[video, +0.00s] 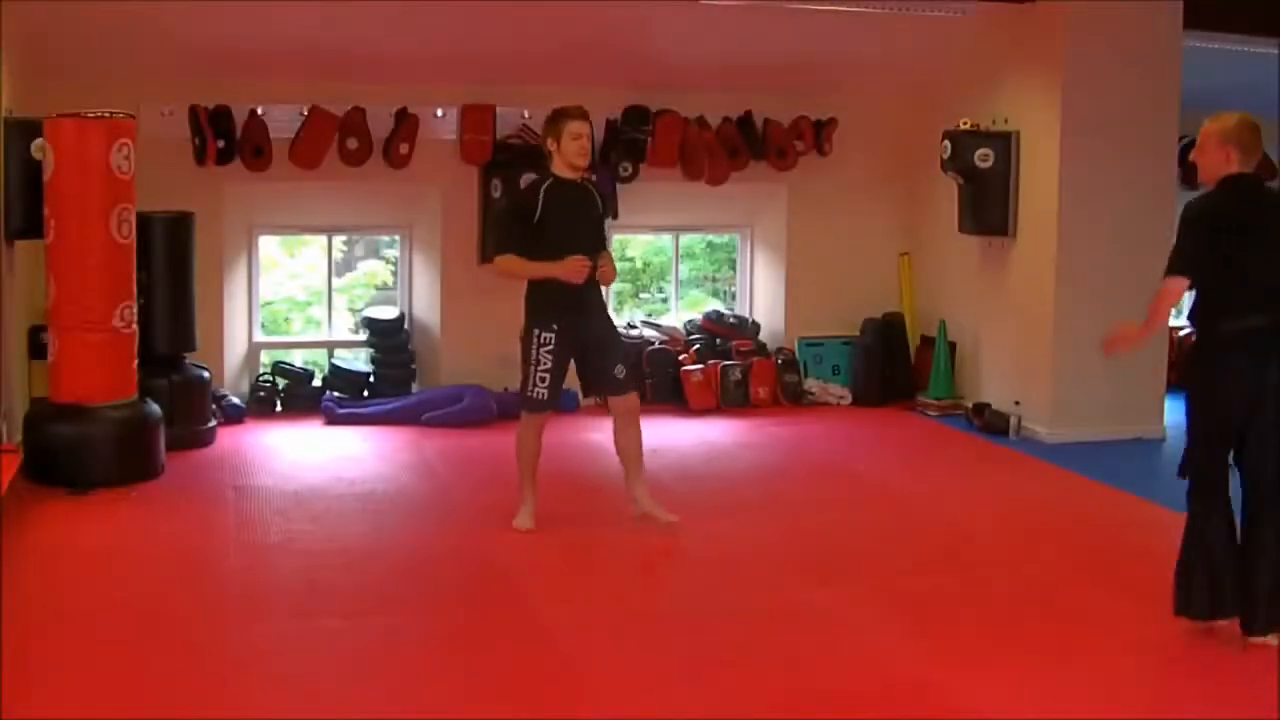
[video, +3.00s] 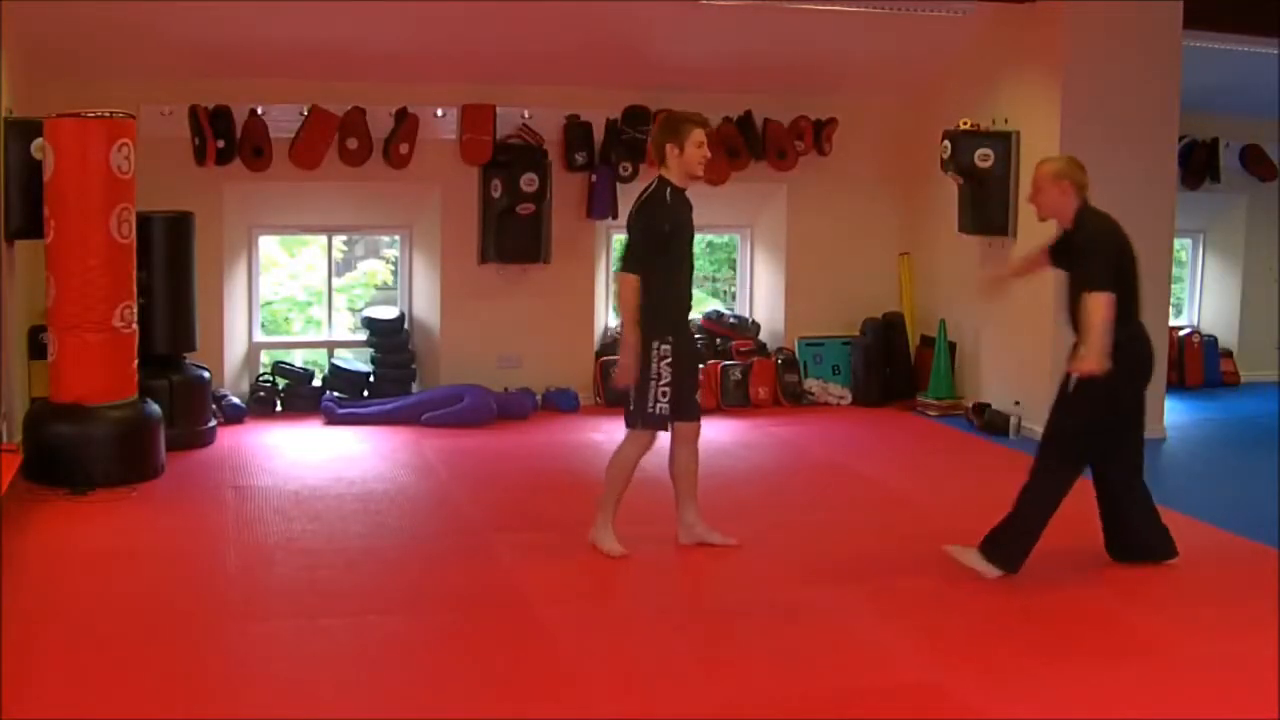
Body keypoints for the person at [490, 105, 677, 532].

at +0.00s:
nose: (585, 146)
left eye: (588, 139)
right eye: (576, 138)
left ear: (590, 144)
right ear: (552, 143)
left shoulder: (592, 194)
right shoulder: (529, 193)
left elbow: (599, 250)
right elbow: (503, 260)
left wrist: (606, 267)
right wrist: (557, 269)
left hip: (592, 311)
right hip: (548, 315)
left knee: (626, 401)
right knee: (536, 410)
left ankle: (639, 496)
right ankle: (527, 501)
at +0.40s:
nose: (649, 150)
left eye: (651, 143)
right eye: (641, 142)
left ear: (649, 149)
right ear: (615, 147)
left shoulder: (649, 200)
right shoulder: (591, 197)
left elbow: (658, 262)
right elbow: (561, 267)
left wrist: (676, 314)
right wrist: (595, 315)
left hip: (638, 321)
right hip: (596, 321)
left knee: (643, 419)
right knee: (580, 421)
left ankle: (644, 510)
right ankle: (537, 489)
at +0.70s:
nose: (677, 150)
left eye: (677, 143)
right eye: (668, 143)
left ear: (664, 150)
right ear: (640, 148)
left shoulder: (665, 200)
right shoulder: (618, 195)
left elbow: (650, 266)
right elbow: (576, 260)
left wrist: (660, 324)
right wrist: (574, 333)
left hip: (651, 322)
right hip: (618, 322)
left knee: (649, 424)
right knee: (617, 429)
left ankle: (646, 513)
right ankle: (598, 529)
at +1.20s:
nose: (734, 204)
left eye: (736, 195)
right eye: (731, 194)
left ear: (704, 188)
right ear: (706, 188)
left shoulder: (671, 221)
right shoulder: (654, 221)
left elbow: (624, 287)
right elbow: (599, 284)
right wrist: (595, 350)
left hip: (618, 330)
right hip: (603, 331)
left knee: (628, 430)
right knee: (617, 432)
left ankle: (623, 533)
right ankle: (614, 543)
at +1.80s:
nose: (717, 163)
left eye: (717, 154)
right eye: (711, 153)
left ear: (686, 155)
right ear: (683, 153)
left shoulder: (669, 201)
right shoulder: (650, 201)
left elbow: (646, 278)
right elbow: (612, 278)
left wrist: (658, 331)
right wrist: (636, 342)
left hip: (649, 331)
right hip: (629, 333)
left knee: (657, 433)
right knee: (635, 436)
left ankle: (627, 529)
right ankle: (616, 542)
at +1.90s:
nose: (708, 163)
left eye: (709, 154)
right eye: (702, 152)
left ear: (674, 154)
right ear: (673, 151)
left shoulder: (662, 199)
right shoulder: (650, 201)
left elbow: (650, 285)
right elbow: (646, 289)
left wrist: (690, 320)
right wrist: (699, 321)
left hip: (649, 327)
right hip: (631, 329)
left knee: (677, 426)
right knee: (635, 435)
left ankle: (631, 522)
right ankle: (616, 543)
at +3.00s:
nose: (707, 154)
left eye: (707, 146)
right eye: (699, 146)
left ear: (684, 152)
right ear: (672, 151)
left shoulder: (679, 201)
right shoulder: (654, 202)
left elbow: (669, 278)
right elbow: (628, 279)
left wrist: (679, 337)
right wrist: (628, 349)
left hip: (678, 332)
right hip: (652, 333)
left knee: (686, 429)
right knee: (642, 434)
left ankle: (690, 523)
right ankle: (602, 524)